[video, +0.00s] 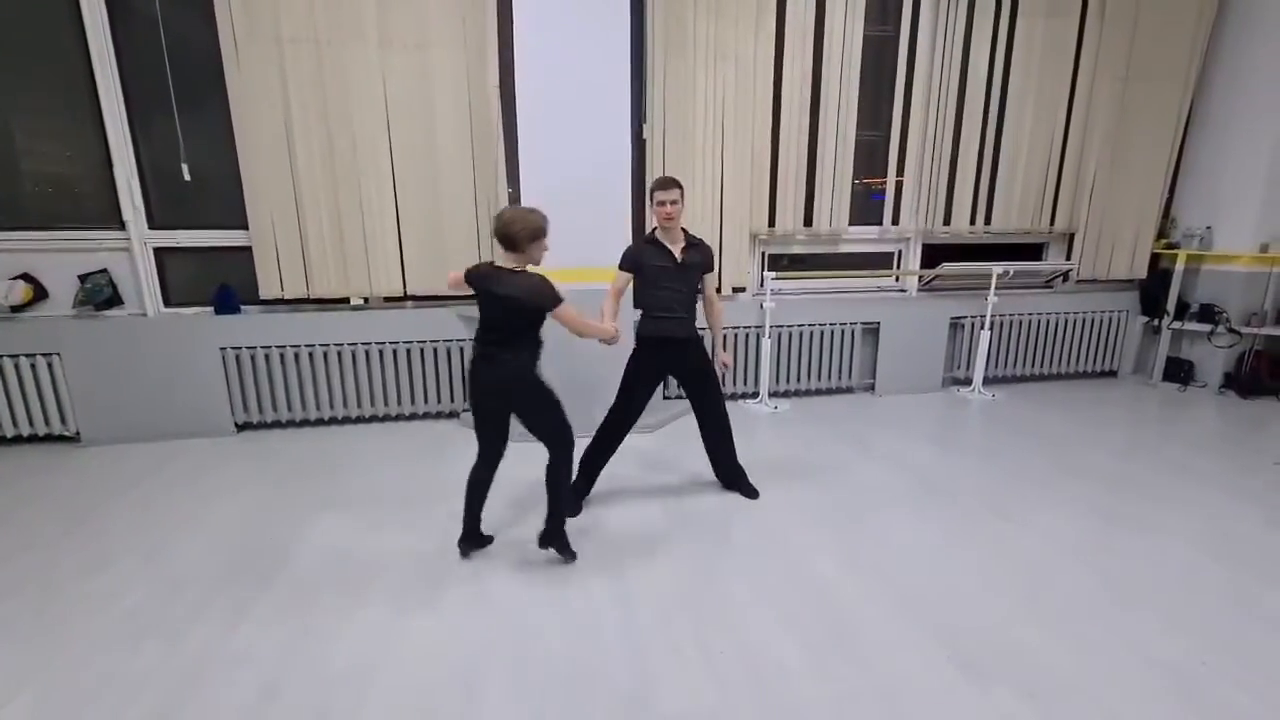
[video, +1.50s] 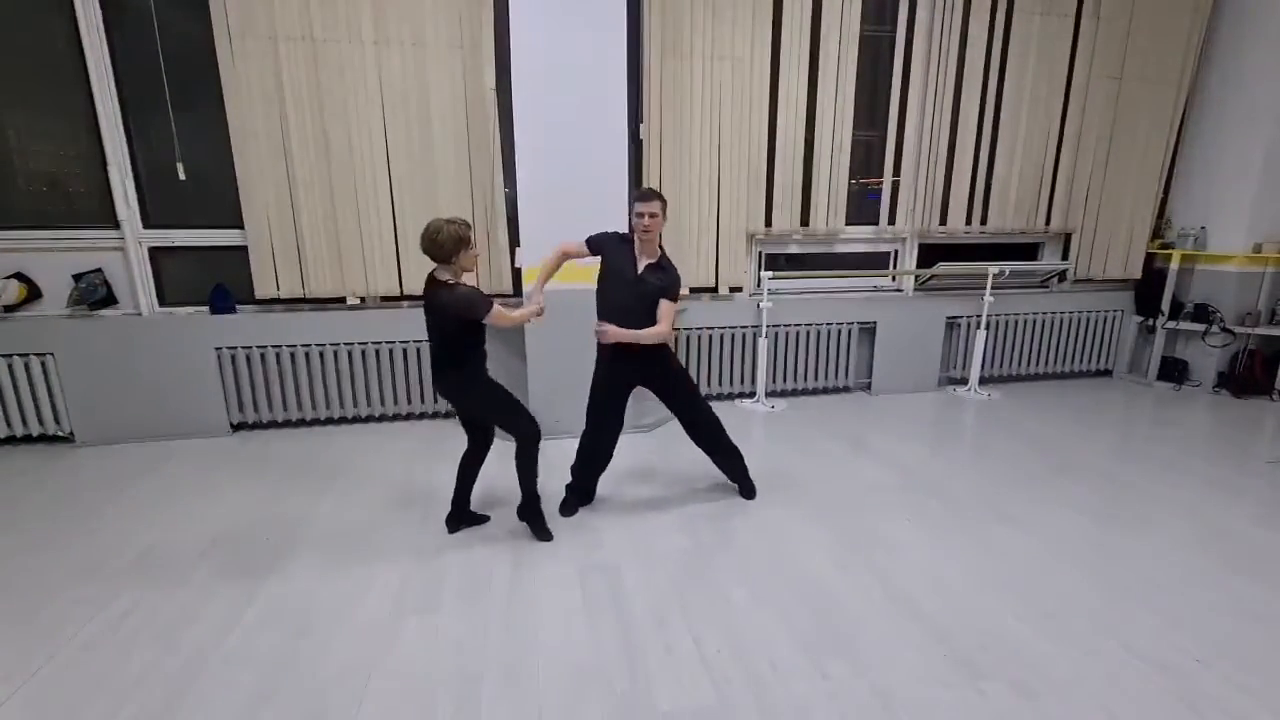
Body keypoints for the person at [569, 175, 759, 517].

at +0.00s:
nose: (668, 210)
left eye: (673, 203)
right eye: (661, 204)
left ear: (683, 206)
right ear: (652, 208)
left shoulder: (701, 251)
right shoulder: (639, 251)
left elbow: (711, 302)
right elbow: (614, 293)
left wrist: (720, 348)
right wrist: (609, 324)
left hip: (688, 345)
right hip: (651, 345)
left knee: (713, 410)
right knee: (621, 417)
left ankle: (731, 475)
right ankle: (579, 487)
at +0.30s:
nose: (665, 212)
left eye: (671, 205)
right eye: (658, 206)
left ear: (681, 206)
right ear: (649, 209)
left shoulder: (699, 253)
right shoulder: (637, 251)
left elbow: (710, 304)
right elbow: (608, 294)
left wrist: (718, 351)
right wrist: (582, 321)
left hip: (686, 348)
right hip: (647, 347)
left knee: (708, 414)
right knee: (617, 418)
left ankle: (730, 475)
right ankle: (579, 488)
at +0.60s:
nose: (634, 236)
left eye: (640, 227)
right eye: (628, 229)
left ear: (656, 224)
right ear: (623, 230)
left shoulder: (687, 263)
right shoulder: (621, 261)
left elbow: (713, 305)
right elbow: (595, 303)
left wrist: (717, 353)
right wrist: (574, 322)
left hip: (683, 351)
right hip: (641, 352)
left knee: (709, 415)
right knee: (614, 418)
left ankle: (730, 476)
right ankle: (582, 487)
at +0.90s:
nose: (620, 215)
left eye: (627, 208)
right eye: (614, 209)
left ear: (643, 212)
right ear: (610, 215)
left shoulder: (666, 262)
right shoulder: (601, 259)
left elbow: (687, 310)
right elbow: (576, 302)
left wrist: (694, 354)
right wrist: (557, 333)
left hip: (666, 347)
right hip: (624, 348)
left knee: (697, 410)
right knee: (604, 414)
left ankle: (735, 472)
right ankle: (580, 485)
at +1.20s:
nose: (628, 211)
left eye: (635, 204)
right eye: (623, 205)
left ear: (651, 205)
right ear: (618, 207)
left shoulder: (666, 257)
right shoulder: (605, 246)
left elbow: (676, 313)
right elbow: (577, 286)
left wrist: (662, 361)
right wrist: (561, 309)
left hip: (657, 349)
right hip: (616, 350)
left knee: (695, 413)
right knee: (595, 418)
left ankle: (736, 471)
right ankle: (579, 488)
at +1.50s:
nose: (645, 222)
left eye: (652, 216)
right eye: (639, 216)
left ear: (663, 220)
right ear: (630, 218)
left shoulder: (668, 275)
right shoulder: (611, 244)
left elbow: (664, 331)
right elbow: (563, 252)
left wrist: (620, 333)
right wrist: (536, 289)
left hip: (655, 357)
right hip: (613, 357)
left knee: (697, 415)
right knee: (599, 427)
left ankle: (739, 474)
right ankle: (578, 491)